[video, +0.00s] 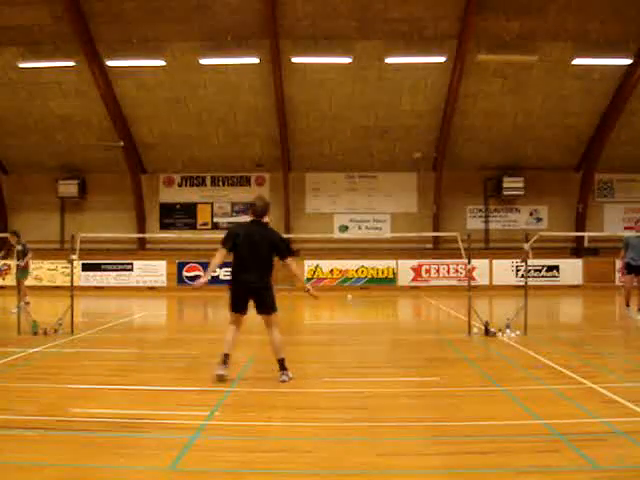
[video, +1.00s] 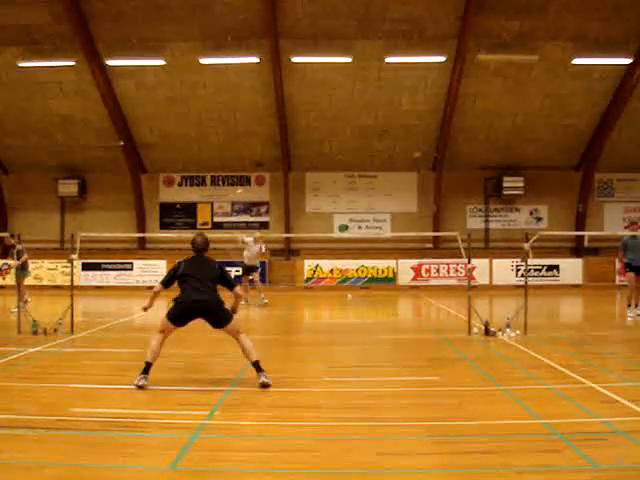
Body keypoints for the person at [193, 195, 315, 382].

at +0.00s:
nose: (267, 215)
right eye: (268, 213)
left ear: (250, 212)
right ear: (267, 214)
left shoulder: (236, 231)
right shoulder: (273, 235)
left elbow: (220, 254)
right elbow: (290, 263)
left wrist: (207, 275)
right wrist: (305, 285)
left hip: (239, 285)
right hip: (262, 286)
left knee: (234, 323)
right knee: (272, 326)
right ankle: (283, 369)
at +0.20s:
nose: (248, 226)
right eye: (248, 223)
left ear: (231, 224)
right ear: (246, 224)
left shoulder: (217, 242)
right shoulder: (250, 243)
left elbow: (196, 266)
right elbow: (267, 264)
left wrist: (184, 283)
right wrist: (288, 281)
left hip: (217, 292)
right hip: (242, 293)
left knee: (200, 332)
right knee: (261, 330)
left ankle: (182, 374)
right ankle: (282, 370)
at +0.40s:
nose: (234, 231)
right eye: (233, 228)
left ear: (215, 230)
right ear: (231, 230)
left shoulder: (204, 247)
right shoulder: (234, 248)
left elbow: (182, 270)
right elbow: (247, 272)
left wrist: (181, 288)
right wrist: (260, 290)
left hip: (199, 289)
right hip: (224, 290)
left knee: (179, 325)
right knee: (247, 329)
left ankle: (170, 363)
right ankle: (267, 370)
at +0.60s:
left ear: (197, 255)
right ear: (213, 256)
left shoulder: (186, 272)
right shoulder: (218, 275)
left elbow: (168, 298)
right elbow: (239, 301)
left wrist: (160, 318)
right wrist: (239, 319)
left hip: (184, 310)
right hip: (208, 312)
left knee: (158, 336)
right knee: (237, 338)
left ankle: (141, 374)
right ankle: (254, 377)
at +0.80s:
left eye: (193, 255)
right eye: (206, 256)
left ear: (190, 257)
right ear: (207, 258)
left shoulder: (180, 275)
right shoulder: (213, 276)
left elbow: (161, 298)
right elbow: (235, 303)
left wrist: (145, 317)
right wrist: (231, 318)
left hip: (181, 312)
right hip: (207, 312)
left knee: (158, 337)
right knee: (234, 339)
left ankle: (141, 376)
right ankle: (254, 377)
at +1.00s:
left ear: (192, 248)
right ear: (208, 248)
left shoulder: (182, 265)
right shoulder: (215, 267)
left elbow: (158, 289)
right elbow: (238, 293)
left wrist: (149, 303)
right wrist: (234, 308)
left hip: (186, 303)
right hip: (212, 304)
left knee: (162, 333)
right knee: (238, 334)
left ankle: (144, 374)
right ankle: (261, 372)